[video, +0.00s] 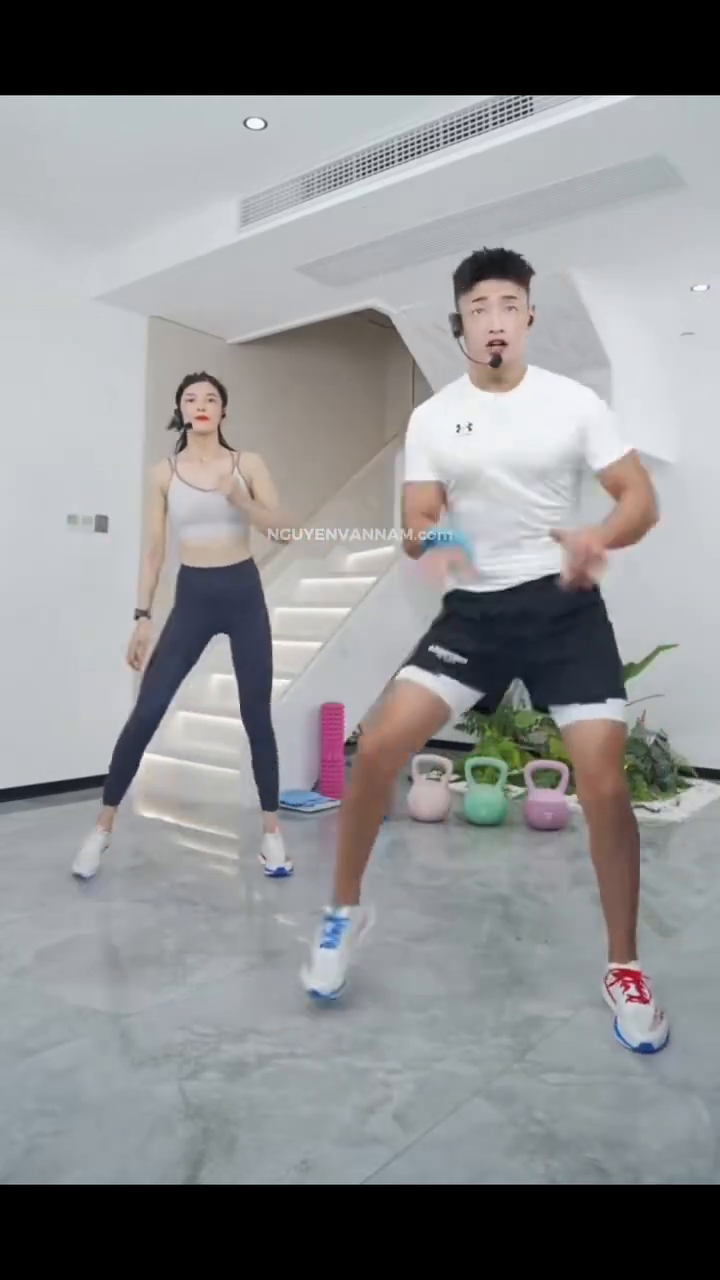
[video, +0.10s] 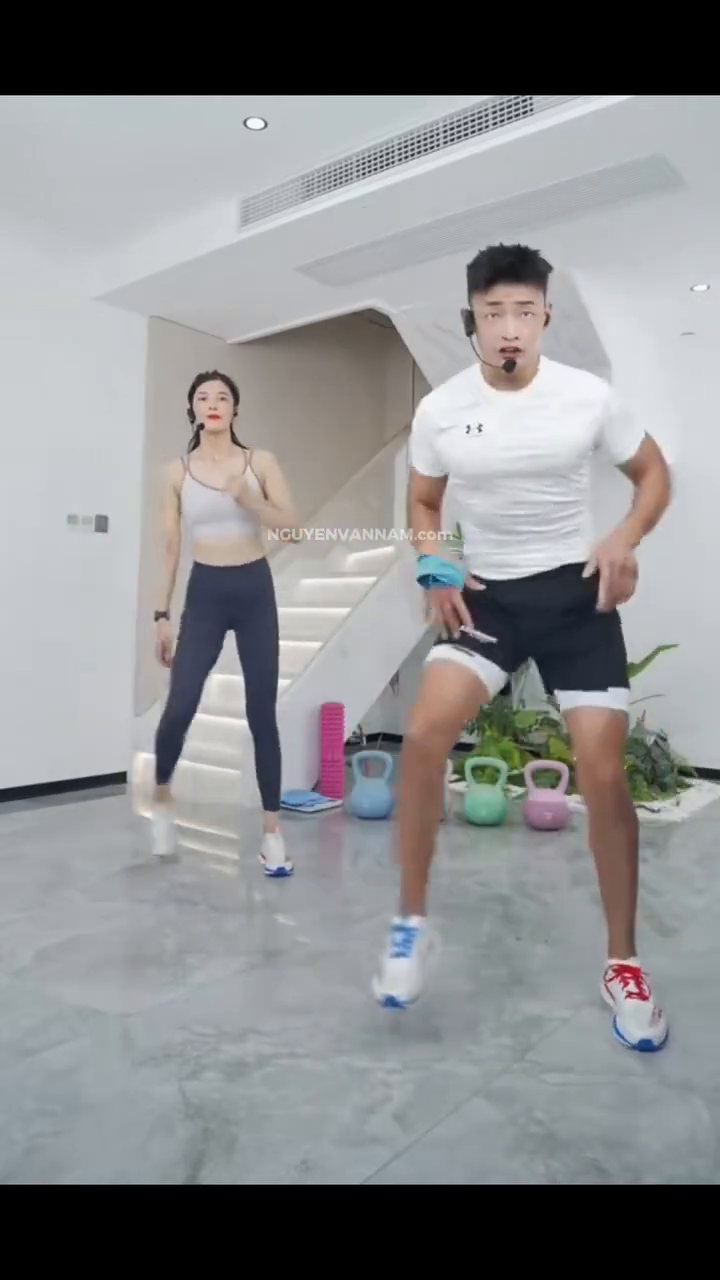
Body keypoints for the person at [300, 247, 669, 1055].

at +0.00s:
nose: (495, 321)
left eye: (509, 306)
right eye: (480, 309)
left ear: (531, 319)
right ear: (459, 325)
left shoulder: (573, 404)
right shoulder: (432, 418)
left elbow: (642, 499)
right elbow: (418, 521)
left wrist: (603, 538)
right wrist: (430, 545)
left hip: (565, 609)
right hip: (473, 613)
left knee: (603, 785)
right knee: (375, 746)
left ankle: (624, 968)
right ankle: (343, 909)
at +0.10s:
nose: (509, 329)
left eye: (523, 313)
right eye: (493, 315)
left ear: (546, 319)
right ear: (472, 323)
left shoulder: (591, 399)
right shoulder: (440, 411)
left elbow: (655, 477)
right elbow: (423, 508)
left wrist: (624, 538)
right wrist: (434, 566)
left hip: (578, 602)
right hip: (482, 603)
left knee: (603, 774)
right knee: (424, 735)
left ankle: (623, 964)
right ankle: (410, 921)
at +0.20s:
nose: (527, 352)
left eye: (543, 336)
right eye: (512, 335)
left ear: (563, 337)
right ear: (488, 337)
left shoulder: (598, 413)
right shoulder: (447, 419)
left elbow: (655, 466)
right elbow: (428, 488)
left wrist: (644, 533)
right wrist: (427, 550)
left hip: (584, 613)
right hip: (491, 617)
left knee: (610, 787)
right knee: (475, 770)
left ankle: (625, 969)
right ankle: (507, 966)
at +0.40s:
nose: (519, 348)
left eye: (533, 333)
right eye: (504, 333)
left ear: (554, 339)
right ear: (483, 339)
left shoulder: (589, 424)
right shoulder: (445, 425)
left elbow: (652, 508)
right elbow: (415, 509)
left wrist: (624, 544)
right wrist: (417, 543)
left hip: (563, 619)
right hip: (471, 618)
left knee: (598, 787)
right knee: (408, 737)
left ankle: (624, 970)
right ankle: (438, 926)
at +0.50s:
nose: (491, 328)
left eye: (506, 313)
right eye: (477, 314)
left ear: (528, 321)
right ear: (459, 322)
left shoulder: (562, 403)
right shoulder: (426, 409)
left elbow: (612, 506)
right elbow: (393, 514)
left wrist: (552, 514)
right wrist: (434, 489)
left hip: (535, 609)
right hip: (445, 606)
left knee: (581, 782)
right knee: (367, 739)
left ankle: (620, 966)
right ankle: (359, 901)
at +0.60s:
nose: (458, 331)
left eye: (471, 317)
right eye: (445, 318)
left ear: (495, 324)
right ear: (427, 330)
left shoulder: (528, 404)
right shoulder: (403, 412)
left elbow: (561, 502)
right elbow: (376, 511)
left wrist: (464, 480)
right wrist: (448, 453)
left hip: (504, 608)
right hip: (416, 607)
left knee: (556, 786)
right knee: (344, 771)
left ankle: (618, 967)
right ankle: (313, 903)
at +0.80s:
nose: (406, 354)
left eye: (421, 341)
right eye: (396, 339)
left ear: (442, 351)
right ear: (378, 346)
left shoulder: (460, 432)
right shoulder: (335, 424)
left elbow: (492, 521)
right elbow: (309, 517)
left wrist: (426, 518)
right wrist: (372, 504)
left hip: (439, 618)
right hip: (356, 621)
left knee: (511, 757)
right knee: (317, 779)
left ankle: (550, 936)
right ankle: (309, 915)